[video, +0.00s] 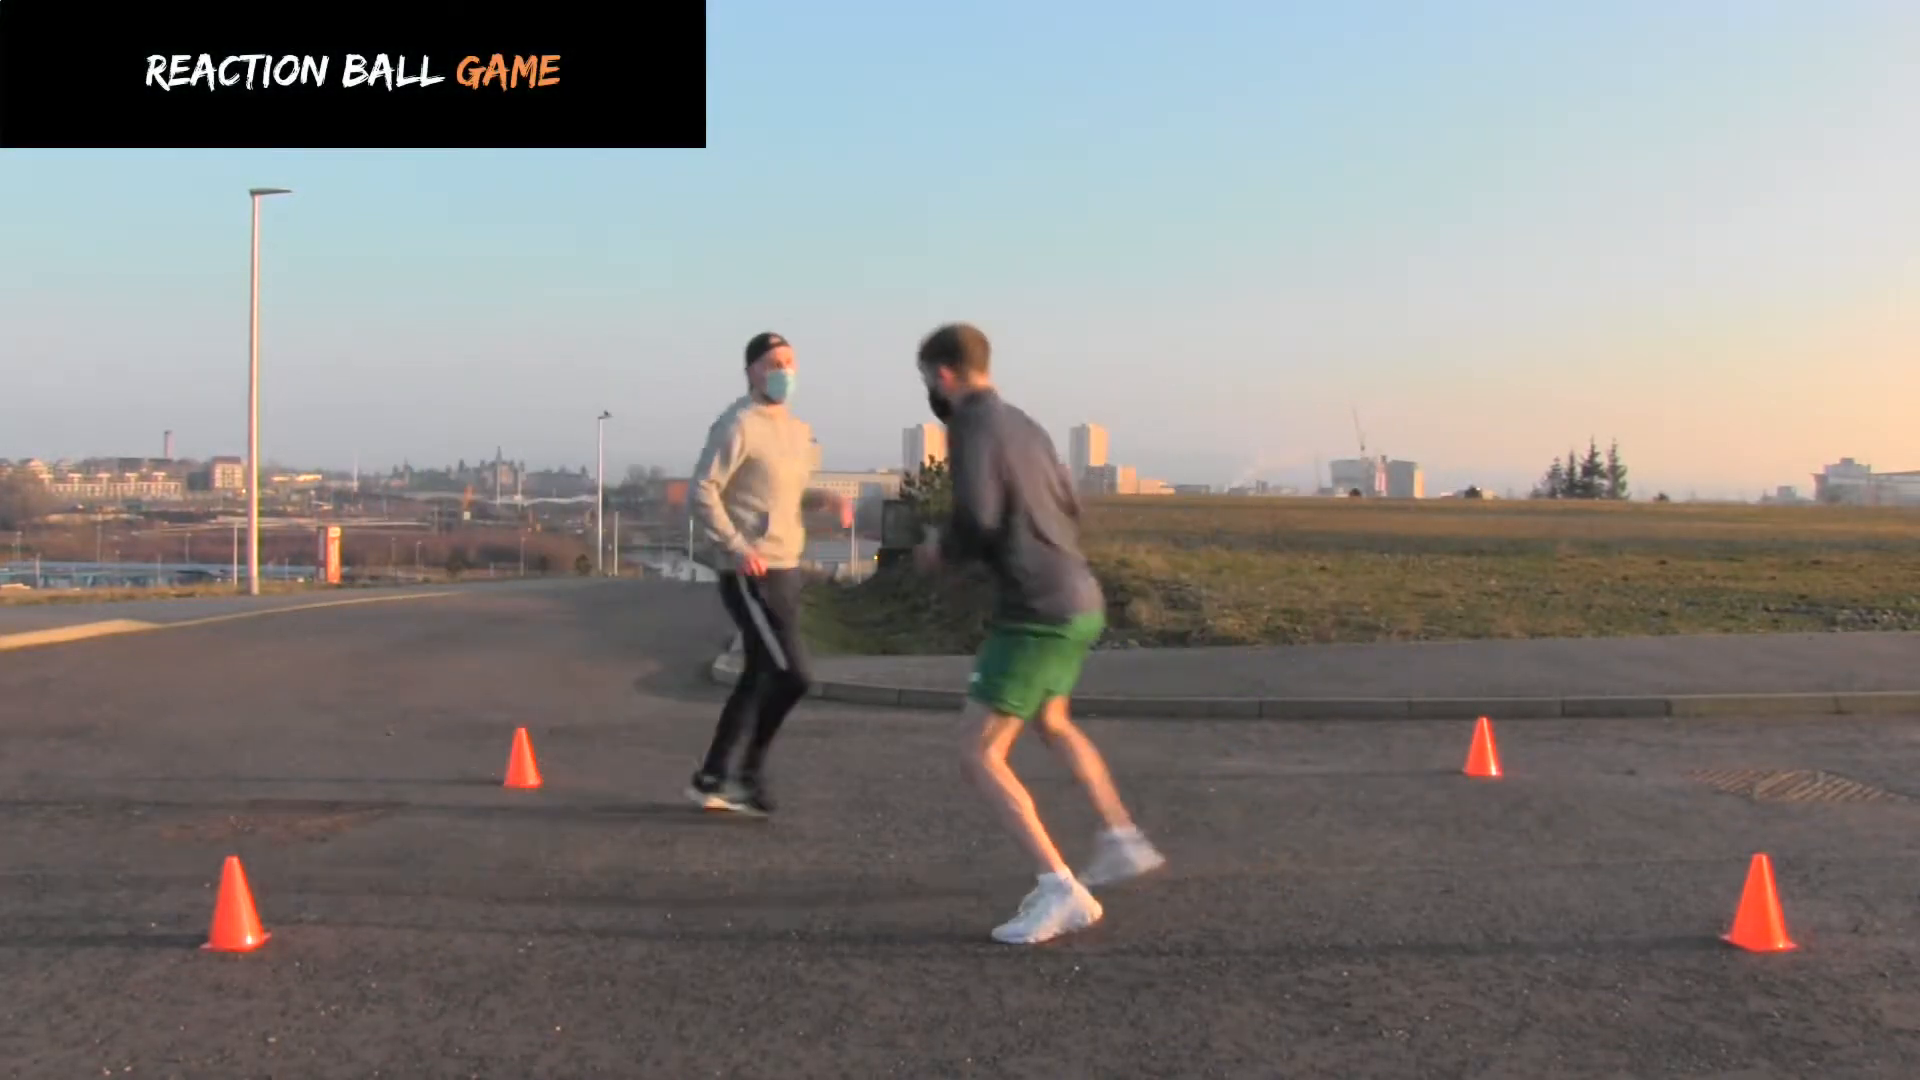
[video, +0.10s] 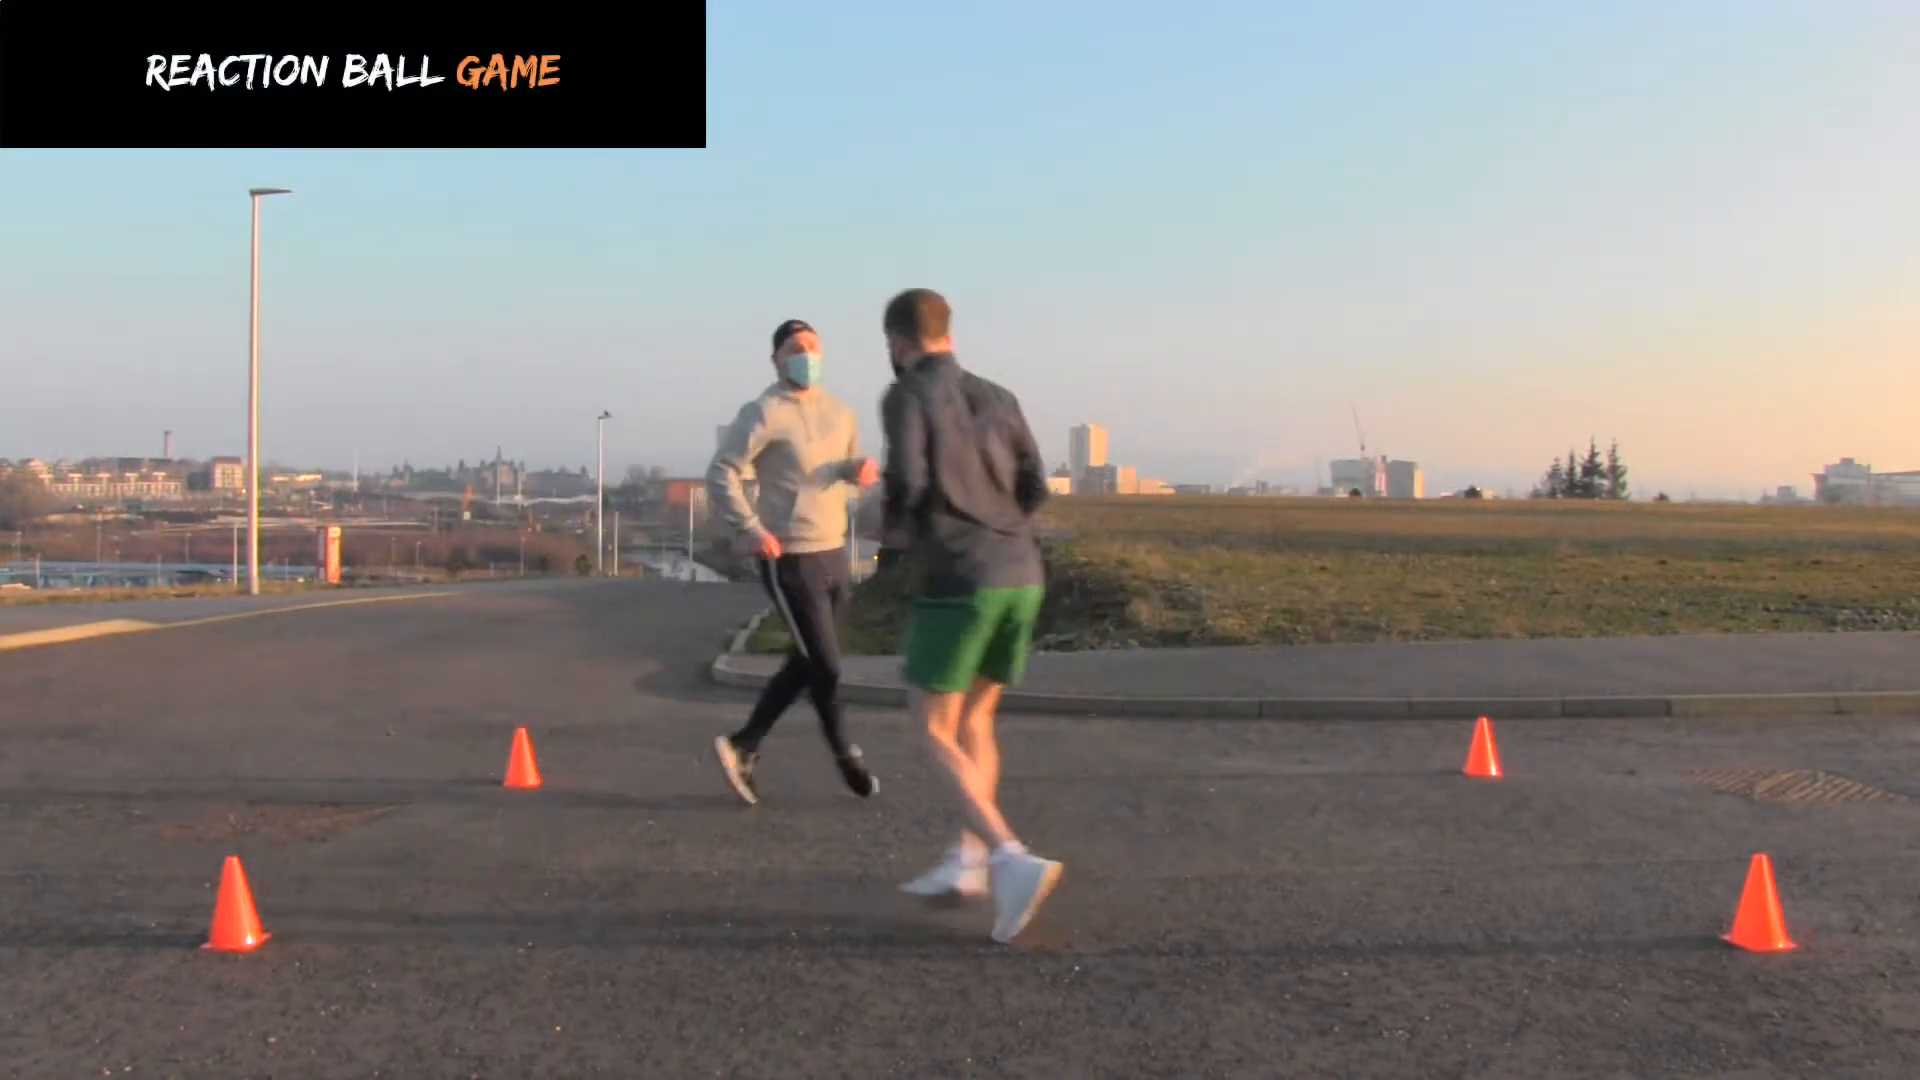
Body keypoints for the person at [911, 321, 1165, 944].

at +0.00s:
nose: (928, 389)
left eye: (928, 378)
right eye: (927, 378)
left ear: (945, 373)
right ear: (983, 368)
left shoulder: (973, 423)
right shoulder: (1024, 423)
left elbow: (979, 521)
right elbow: (1068, 500)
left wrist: (941, 550)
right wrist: (1012, 529)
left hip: (1039, 609)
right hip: (1081, 604)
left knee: (981, 754)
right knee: (1053, 718)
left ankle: (1060, 886)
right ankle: (1122, 837)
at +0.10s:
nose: (890, 352)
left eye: (890, 342)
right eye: (892, 343)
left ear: (901, 340)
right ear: (948, 334)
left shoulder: (908, 394)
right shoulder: (998, 396)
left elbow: (908, 481)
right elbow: (1034, 486)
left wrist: (891, 536)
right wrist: (995, 522)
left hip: (963, 579)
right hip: (1023, 576)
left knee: (935, 727)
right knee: (978, 721)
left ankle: (1013, 859)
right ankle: (969, 858)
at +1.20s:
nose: (594, 383)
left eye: (596, 373)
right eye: (590, 372)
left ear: (546, 369)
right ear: (562, 368)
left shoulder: (499, 420)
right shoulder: (564, 423)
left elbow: (455, 493)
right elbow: (563, 503)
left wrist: (516, 513)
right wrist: (617, 559)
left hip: (477, 588)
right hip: (524, 595)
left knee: (507, 709)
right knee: (527, 733)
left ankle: (450, 810)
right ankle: (456, 862)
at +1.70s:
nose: (590, 389)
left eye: (595, 380)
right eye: (586, 377)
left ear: (563, 374)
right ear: (555, 368)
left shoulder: (549, 414)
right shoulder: (525, 411)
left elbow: (521, 468)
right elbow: (479, 475)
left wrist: (560, 477)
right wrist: (530, 533)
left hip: (532, 564)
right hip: (502, 568)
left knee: (554, 664)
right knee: (503, 687)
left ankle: (489, 757)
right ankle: (435, 776)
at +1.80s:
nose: (599, 409)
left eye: (602, 400)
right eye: (593, 398)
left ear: (573, 397)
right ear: (562, 391)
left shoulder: (557, 441)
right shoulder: (530, 435)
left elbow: (530, 501)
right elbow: (492, 505)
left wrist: (568, 506)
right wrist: (540, 558)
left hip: (538, 586)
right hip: (500, 589)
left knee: (582, 666)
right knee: (493, 705)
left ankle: (547, 765)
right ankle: (426, 785)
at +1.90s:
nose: (616, 444)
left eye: (619, 435)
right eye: (609, 434)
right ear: (579, 432)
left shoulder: (582, 484)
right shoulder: (549, 482)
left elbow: (561, 538)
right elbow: (519, 550)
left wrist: (595, 549)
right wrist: (573, 602)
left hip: (550, 612)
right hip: (511, 617)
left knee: (608, 681)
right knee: (498, 729)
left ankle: (624, 767)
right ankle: (418, 797)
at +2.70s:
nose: (884, 427)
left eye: (889, 419)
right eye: (875, 419)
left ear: (896, 418)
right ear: (856, 419)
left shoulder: (896, 472)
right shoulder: (835, 467)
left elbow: (899, 516)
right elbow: (798, 529)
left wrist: (911, 520)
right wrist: (830, 580)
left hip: (880, 591)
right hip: (833, 594)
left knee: (927, 666)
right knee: (790, 683)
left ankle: (914, 753)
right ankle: (715, 749)